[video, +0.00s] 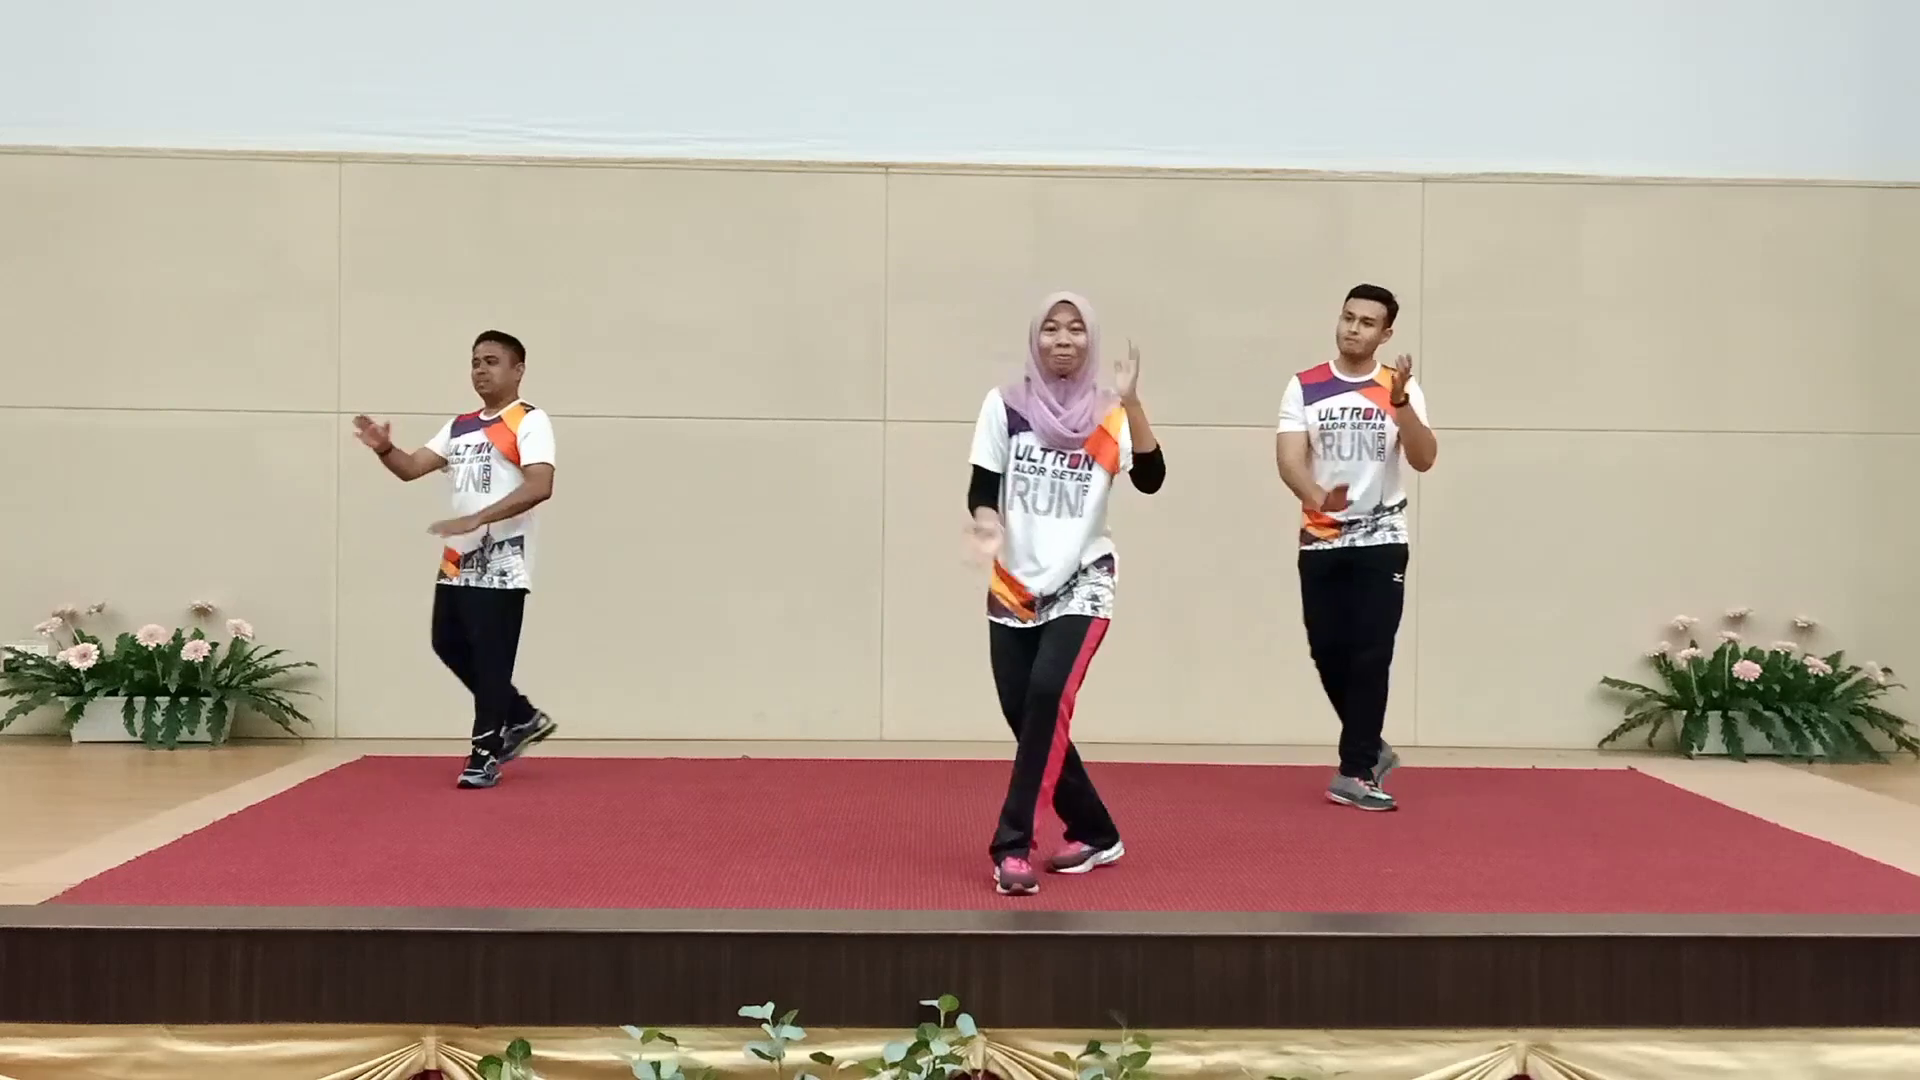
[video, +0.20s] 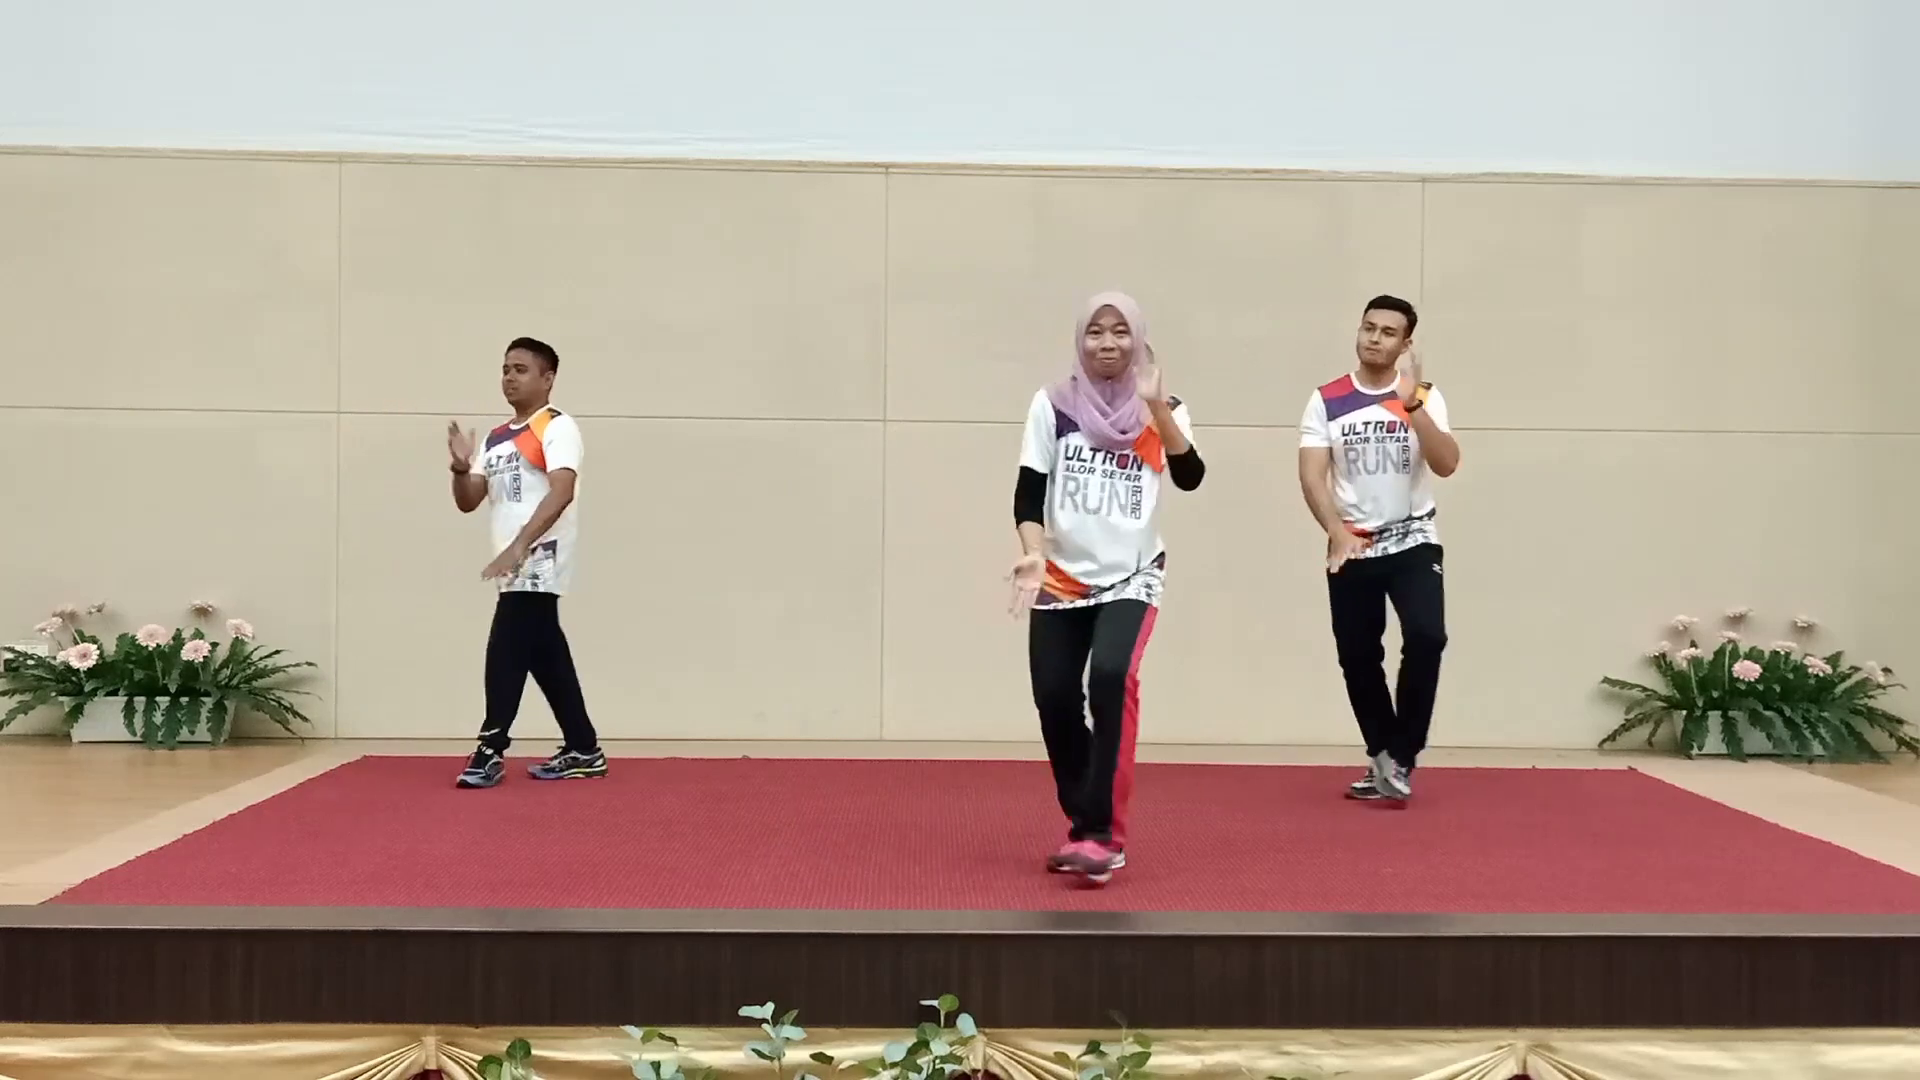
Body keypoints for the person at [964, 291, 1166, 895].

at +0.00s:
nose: (1063, 337)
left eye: (1075, 328)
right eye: (1051, 327)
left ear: (1090, 343)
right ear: (1034, 340)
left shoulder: (1109, 413)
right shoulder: (1006, 406)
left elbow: (1150, 479)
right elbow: (982, 491)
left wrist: (1133, 403)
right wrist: (988, 523)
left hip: (1082, 582)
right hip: (1013, 584)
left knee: (1046, 698)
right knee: (1026, 716)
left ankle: (1012, 848)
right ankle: (1097, 835)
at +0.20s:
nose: (1107, 341)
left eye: (1119, 331)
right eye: (1096, 331)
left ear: (1137, 343)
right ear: (1080, 341)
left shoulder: (1162, 408)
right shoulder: (1053, 404)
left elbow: (1190, 477)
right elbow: (1030, 486)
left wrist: (1159, 409)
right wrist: (1033, 550)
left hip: (1131, 577)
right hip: (1061, 579)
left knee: (1109, 677)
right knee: (1052, 695)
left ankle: (1103, 836)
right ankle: (1086, 829)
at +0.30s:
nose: (1132, 328)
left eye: (1145, 319)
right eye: (1122, 319)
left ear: (1163, 330)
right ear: (1105, 329)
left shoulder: (1185, 395)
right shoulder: (1077, 387)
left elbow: (1219, 465)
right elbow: (1040, 461)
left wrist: (1184, 403)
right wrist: (1031, 506)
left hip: (1153, 567)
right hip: (1083, 569)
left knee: (1148, 678)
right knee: (1076, 695)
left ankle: (1181, 831)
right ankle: (1097, 838)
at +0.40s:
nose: (1160, 323)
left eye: (1172, 314)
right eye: (1150, 314)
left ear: (1192, 326)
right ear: (1133, 325)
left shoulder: (1214, 389)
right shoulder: (1105, 380)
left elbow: (1249, 457)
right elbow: (1057, 438)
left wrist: (1213, 404)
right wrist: (1039, 455)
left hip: (1178, 569)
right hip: (1106, 569)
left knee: (1191, 687)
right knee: (1093, 697)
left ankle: (1260, 825)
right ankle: (1098, 837)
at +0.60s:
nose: (1211, 333)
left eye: (1223, 323)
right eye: (1201, 324)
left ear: (1245, 335)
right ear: (1187, 336)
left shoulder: (1270, 403)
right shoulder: (1161, 395)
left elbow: (1303, 468)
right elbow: (1093, 443)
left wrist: (1266, 449)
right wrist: (1095, 414)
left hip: (1233, 586)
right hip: (1159, 581)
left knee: (1259, 708)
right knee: (1119, 693)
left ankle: (1311, 837)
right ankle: (1099, 836)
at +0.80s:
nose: (1257, 344)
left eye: (1270, 334)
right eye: (1248, 336)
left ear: (1297, 344)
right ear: (1239, 348)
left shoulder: (1312, 419)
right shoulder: (1228, 406)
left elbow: (1341, 493)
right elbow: (1161, 456)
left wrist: (1308, 521)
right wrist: (1173, 411)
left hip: (1282, 595)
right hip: (1219, 582)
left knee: (1282, 717)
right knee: (1137, 658)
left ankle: (1315, 841)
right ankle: (1118, 812)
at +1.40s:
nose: (1268, 337)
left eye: (1281, 327)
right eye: (1260, 327)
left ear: (1309, 335)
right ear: (1250, 336)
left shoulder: (1325, 404)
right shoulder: (1237, 391)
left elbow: (1334, 480)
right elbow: (1169, 446)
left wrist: (1288, 472)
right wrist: (1164, 407)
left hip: (1288, 576)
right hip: (1221, 564)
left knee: (1285, 706)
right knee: (1153, 668)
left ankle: (1311, 840)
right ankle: (1113, 815)